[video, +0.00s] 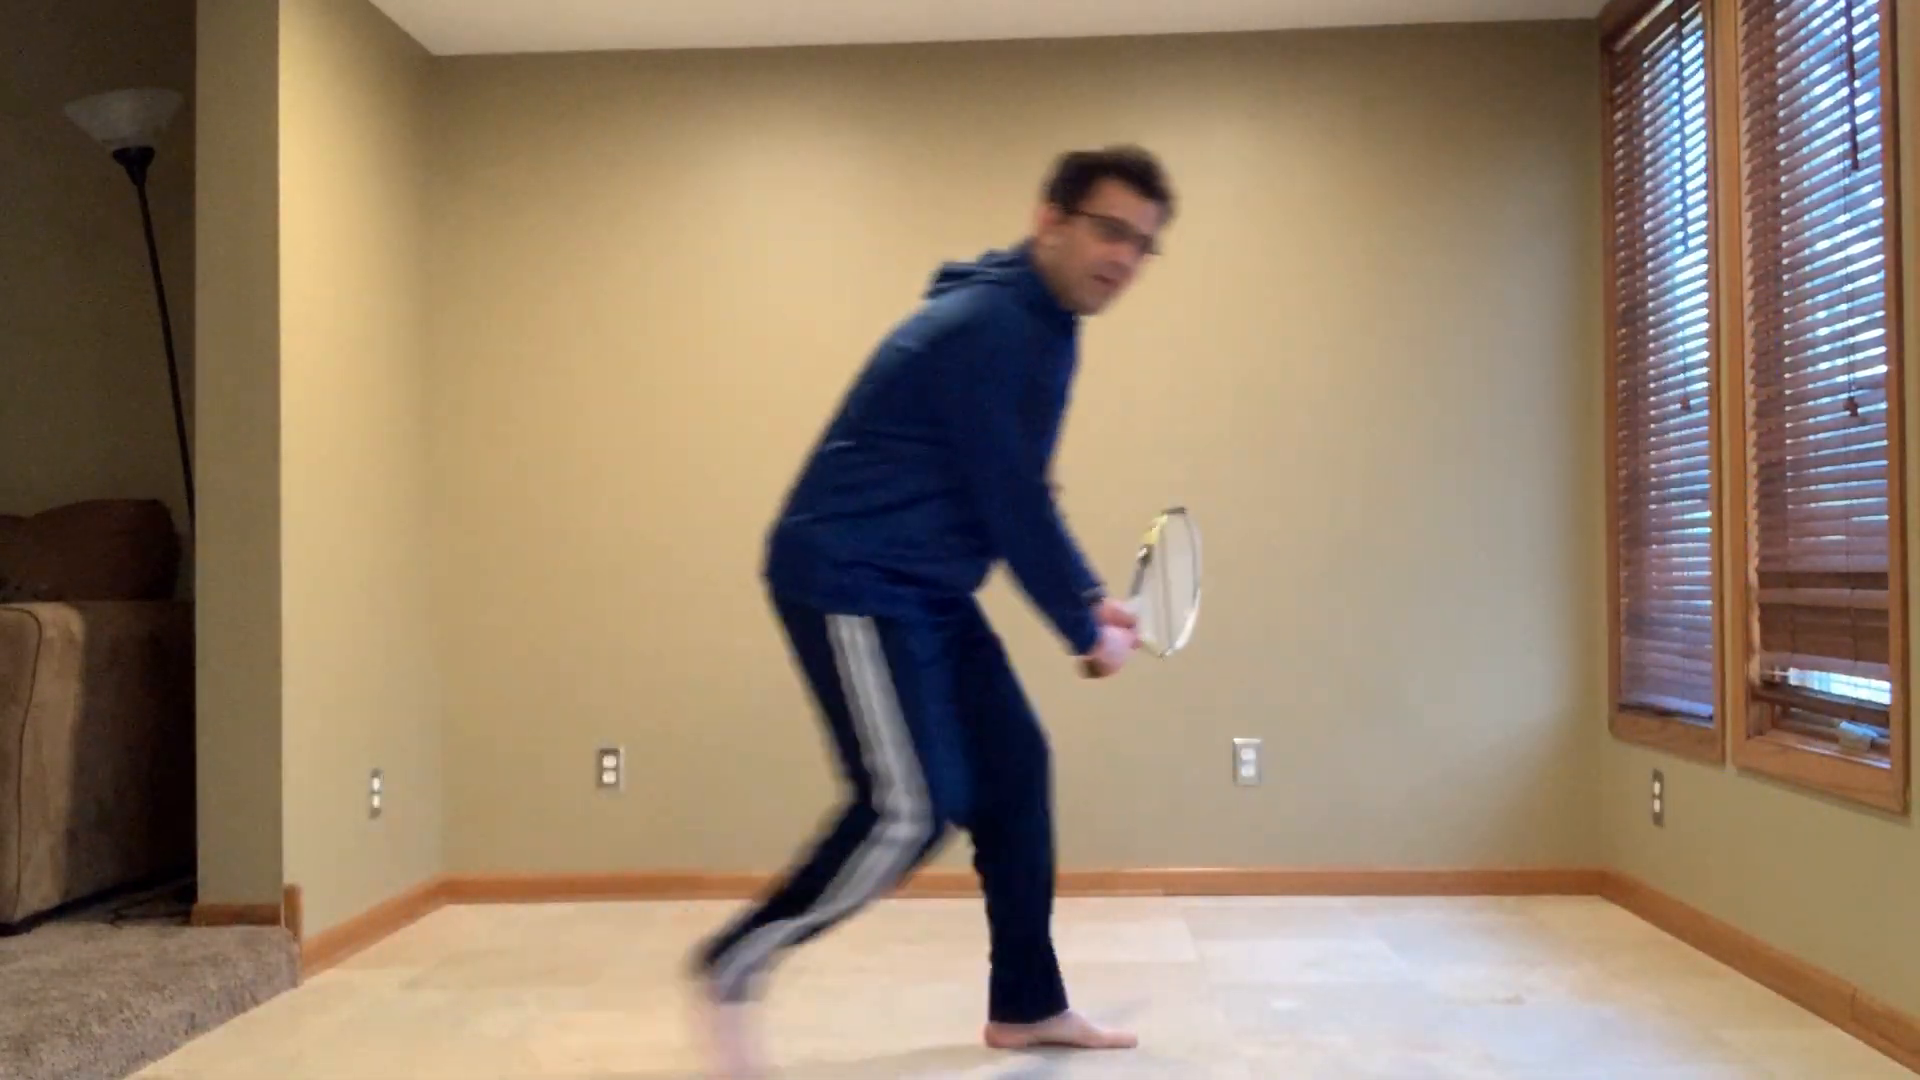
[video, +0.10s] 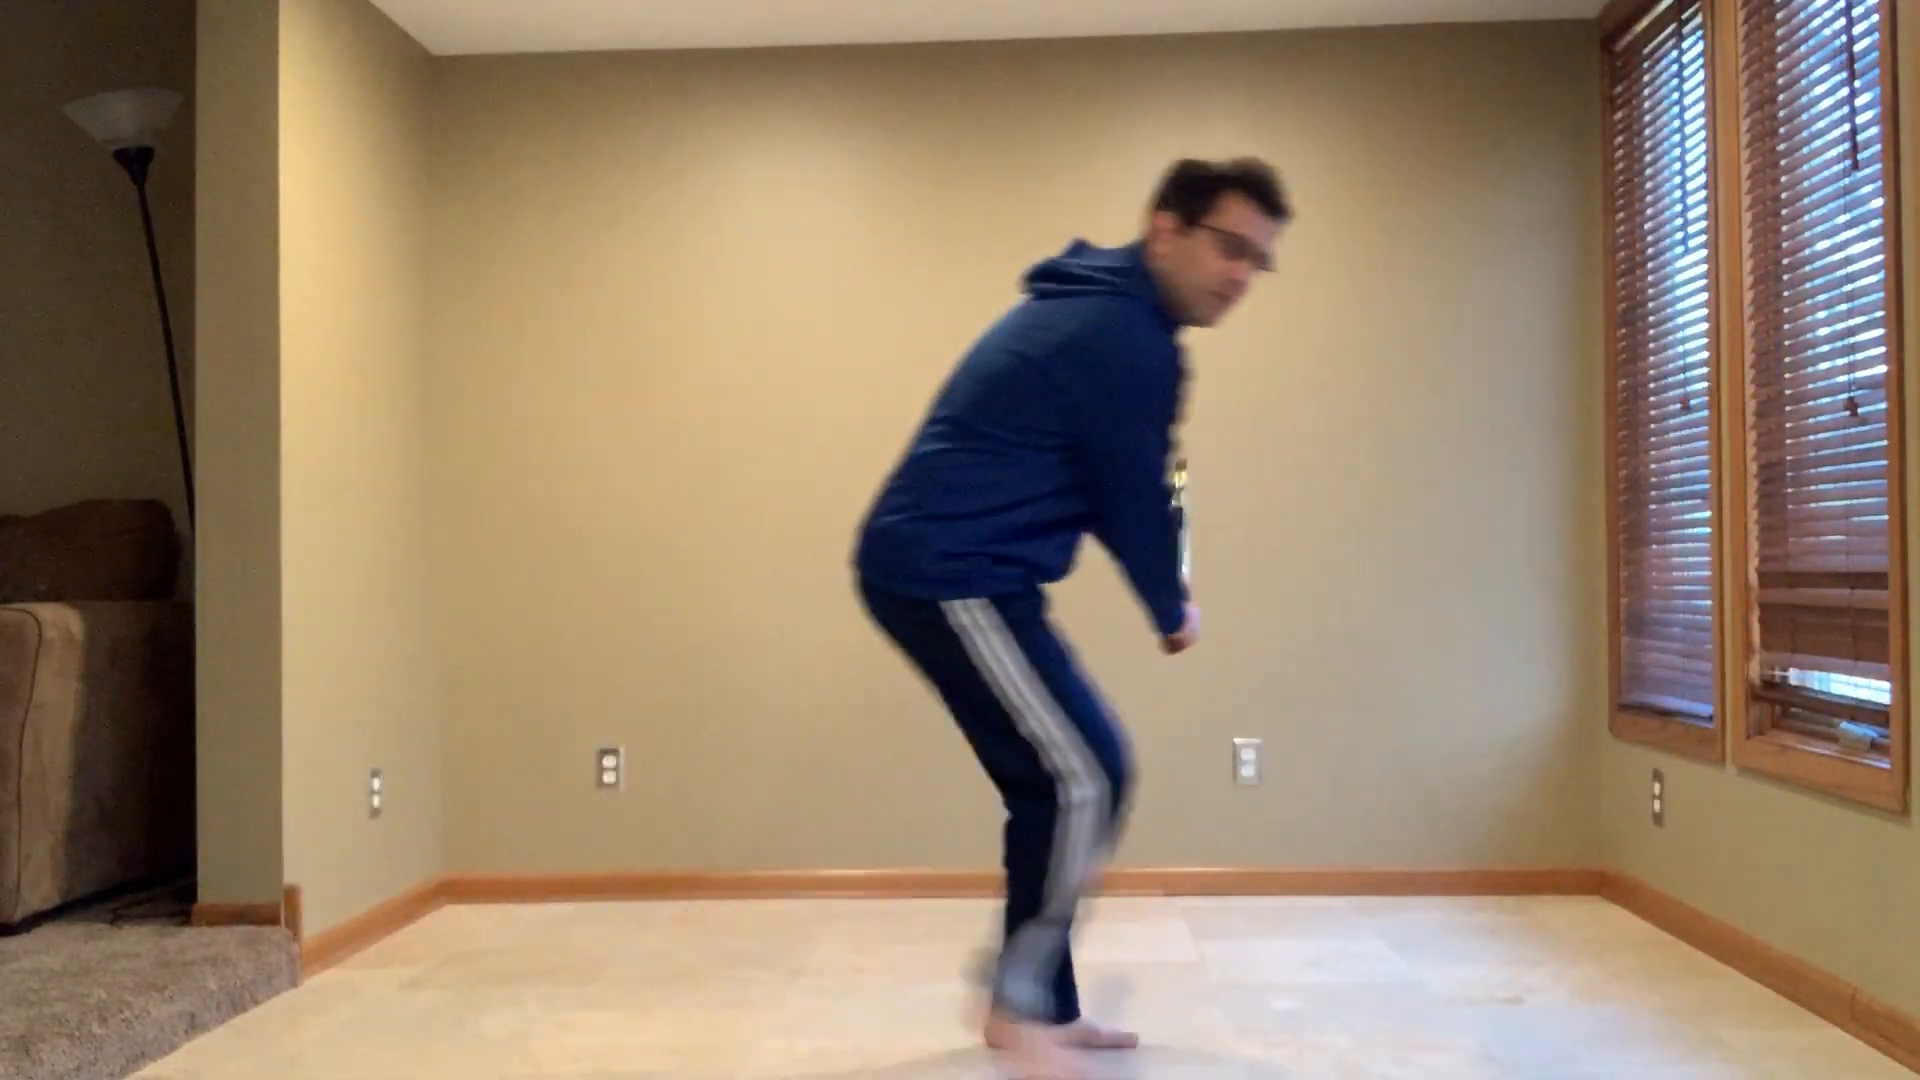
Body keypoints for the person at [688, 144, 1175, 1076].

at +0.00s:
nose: (1122, 258)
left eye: (1141, 246)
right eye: (1108, 231)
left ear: (1150, 258)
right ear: (1048, 220)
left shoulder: (1046, 329)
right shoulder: (991, 323)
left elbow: (1021, 490)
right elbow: (1006, 498)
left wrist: (1088, 599)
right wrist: (1080, 621)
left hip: (928, 587)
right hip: (847, 579)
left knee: (1013, 764)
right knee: (910, 803)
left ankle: (1027, 1003)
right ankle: (730, 966)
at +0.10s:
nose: (1243, 278)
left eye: (1258, 263)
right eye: (1230, 250)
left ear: (1264, 269)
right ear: (1164, 230)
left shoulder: (1112, 312)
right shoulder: (1123, 336)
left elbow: (1135, 481)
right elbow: (1131, 498)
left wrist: (1170, 589)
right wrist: (1171, 602)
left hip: (958, 569)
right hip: (945, 573)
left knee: (1075, 775)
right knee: (1078, 776)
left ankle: (1031, 996)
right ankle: (1024, 1012)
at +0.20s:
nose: (1363, 290)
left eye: (1376, 273)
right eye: (1352, 261)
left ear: (1278, 244)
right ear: (1281, 234)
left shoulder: (1172, 288)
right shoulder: (1256, 360)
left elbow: (1133, 446)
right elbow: (1242, 508)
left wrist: (1196, 553)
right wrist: (1231, 587)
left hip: (1000, 560)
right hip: (1066, 578)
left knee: (1088, 789)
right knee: (1196, 786)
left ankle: (1034, 1004)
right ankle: (1318, 1044)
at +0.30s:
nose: (1464, 289)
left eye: (1475, 272)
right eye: (1453, 261)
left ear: (1367, 245)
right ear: (1380, 238)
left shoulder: (1263, 293)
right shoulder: (1370, 366)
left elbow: (1213, 449)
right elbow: (1337, 515)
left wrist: (1252, 579)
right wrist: (1311, 602)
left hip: (1095, 580)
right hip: (1184, 593)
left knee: (1172, 797)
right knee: (1344, 790)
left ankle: (1048, 990)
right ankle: (1443, 1062)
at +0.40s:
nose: (1547, 262)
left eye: (1556, 244)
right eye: (1536, 234)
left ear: (1459, 220)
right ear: (1462, 210)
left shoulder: (1376, 292)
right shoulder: (1401, 308)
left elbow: (1407, 481)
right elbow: (1420, 483)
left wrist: (1434, 626)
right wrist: (1445, 628)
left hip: (1204, 588)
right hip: (1259, 593)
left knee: (1280, 820)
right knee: (1441, 792)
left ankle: (1090, 964)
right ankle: (1453, 1065)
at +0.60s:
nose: (1661, 174)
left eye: (1673, 158)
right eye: (1647, 144)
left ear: (1671, 173)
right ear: (1568, 127)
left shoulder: (1624, 261)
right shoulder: (1435, 221)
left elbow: (1603, 298)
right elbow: (1384, 370)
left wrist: (1527, 195)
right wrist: (1500, 296)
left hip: (1460, 567)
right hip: (1365, 545)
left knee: (1476, 806)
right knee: (1500, 794)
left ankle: (1266, 940)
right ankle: (1459, 1068)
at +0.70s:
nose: (1695, 125)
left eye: (1714, 110)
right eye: (1680, 92)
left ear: (1714, 126)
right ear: (1604, 80)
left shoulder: (1672, 213)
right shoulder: (1489, 160)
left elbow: (1589, 220)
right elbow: (1409, 288)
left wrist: (1465, 109)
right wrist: (1431, 123)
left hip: (1538, 542)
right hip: (1422, 524)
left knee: (1605, 782)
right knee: (1504, 784)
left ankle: (1453, 954)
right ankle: (1469, 1063)